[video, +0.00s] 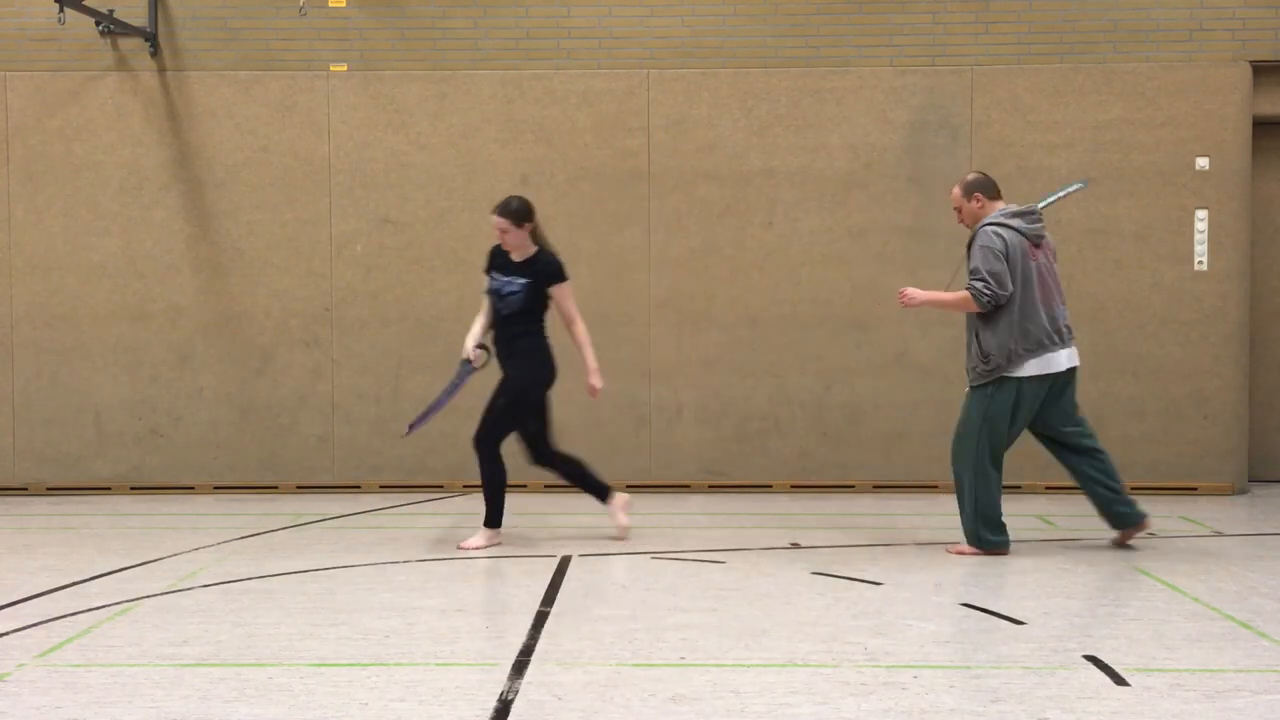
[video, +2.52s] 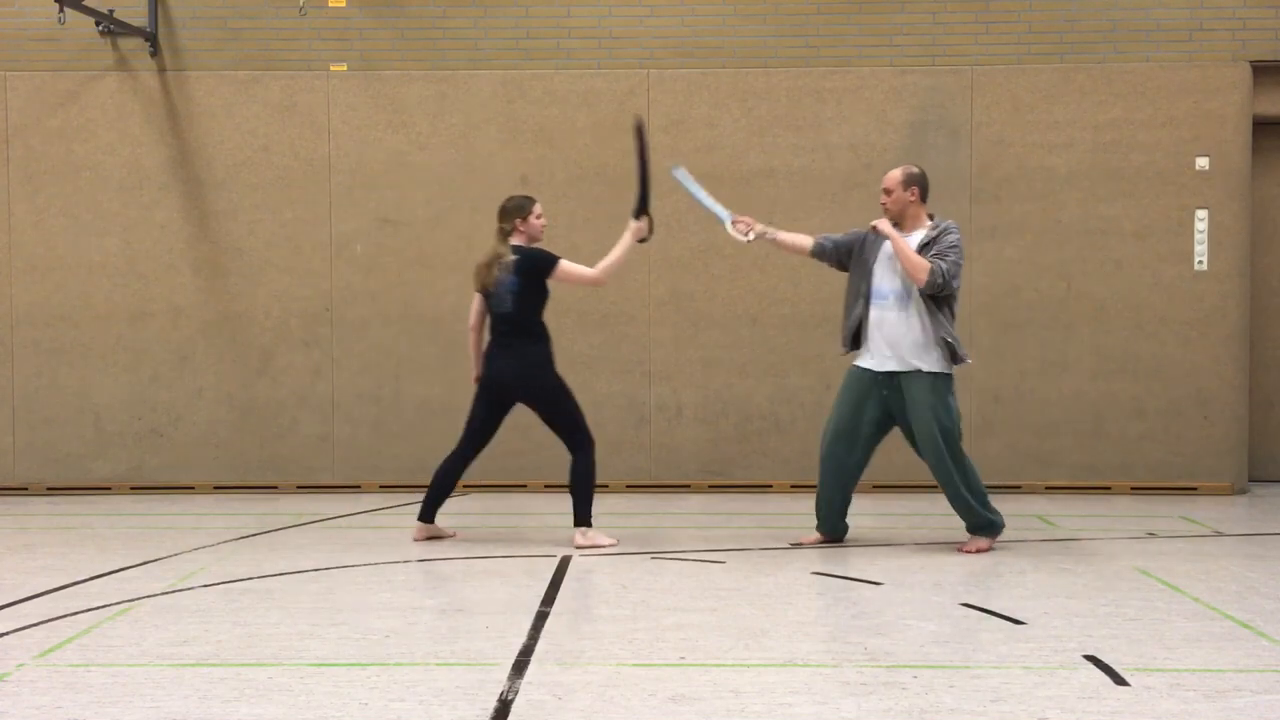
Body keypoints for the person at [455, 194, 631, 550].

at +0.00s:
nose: (499, 238)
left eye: (504, 231)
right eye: (497, 231)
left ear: (525, 228)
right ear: (502, 229)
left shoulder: (546, 265)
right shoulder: (498, 258)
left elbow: (573, 320)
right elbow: (489, 308)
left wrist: (593, 370)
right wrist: (471, 341)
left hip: (533, 367)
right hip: (514, 366)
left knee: (486, 440)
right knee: (541, 452)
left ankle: (491, 530)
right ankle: (612, 498)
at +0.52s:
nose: (392, 237)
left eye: (398, 230)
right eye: (386, 230)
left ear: (408, 232)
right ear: (376, 230)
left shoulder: (420, 268)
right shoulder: (356, 263)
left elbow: (428, 324)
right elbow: (338, 317)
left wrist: (435, 367)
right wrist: (329, 306)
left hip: (400, 369)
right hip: (355, 368)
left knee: (430, 446)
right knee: (336, 447)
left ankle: (470, 525)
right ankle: (316, 522)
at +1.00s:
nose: (390, 216)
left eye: (390, 210)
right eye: (384, 210)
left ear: (375, 215)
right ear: (361, 212)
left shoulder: (376, 260)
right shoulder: (334, 246)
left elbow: (388, 318)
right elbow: (337, 268)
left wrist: (417, 355)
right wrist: (340, 221)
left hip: (365, 365)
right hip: (324, 362)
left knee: (396, 437)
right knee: (310, 442)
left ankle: (416, 520)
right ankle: (285, 519)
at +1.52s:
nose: (364, 227)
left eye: (365, 220)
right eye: (359, 220)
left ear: (349, 221)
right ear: (337, 219)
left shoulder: (358, 265)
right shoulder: (311, 254)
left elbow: (381, 320)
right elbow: (286, 259)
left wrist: (411, 361)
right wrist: (296, 216)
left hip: (354, 368)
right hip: (314, 366)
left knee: (396, 437)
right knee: (305, 449)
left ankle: (415, 521)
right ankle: (282, 523)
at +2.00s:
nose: (432, 219)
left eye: (432, 212)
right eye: (426, 213)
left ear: (425, 217)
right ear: (407, 214)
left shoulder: (418, 262)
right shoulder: (385, 252)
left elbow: (418, 321)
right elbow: (409, 247)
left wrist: (441, 364)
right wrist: (400, 197)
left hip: (409, 366)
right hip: (377, 363)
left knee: (438, 442)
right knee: (357, 446)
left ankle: (418, 521)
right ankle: (300, 504)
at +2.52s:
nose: (544, 222)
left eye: (543, 216)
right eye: (539, 217)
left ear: (514, 225)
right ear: (520, 223)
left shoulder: (491, 264)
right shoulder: (534, 259)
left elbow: (475, 324)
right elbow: (597, 275)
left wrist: (477, 368)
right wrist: (631, 235)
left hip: (496, 374)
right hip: (533, 373)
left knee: (466, 448)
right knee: (582, 445)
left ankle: (425, 523)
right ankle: (583, 531)